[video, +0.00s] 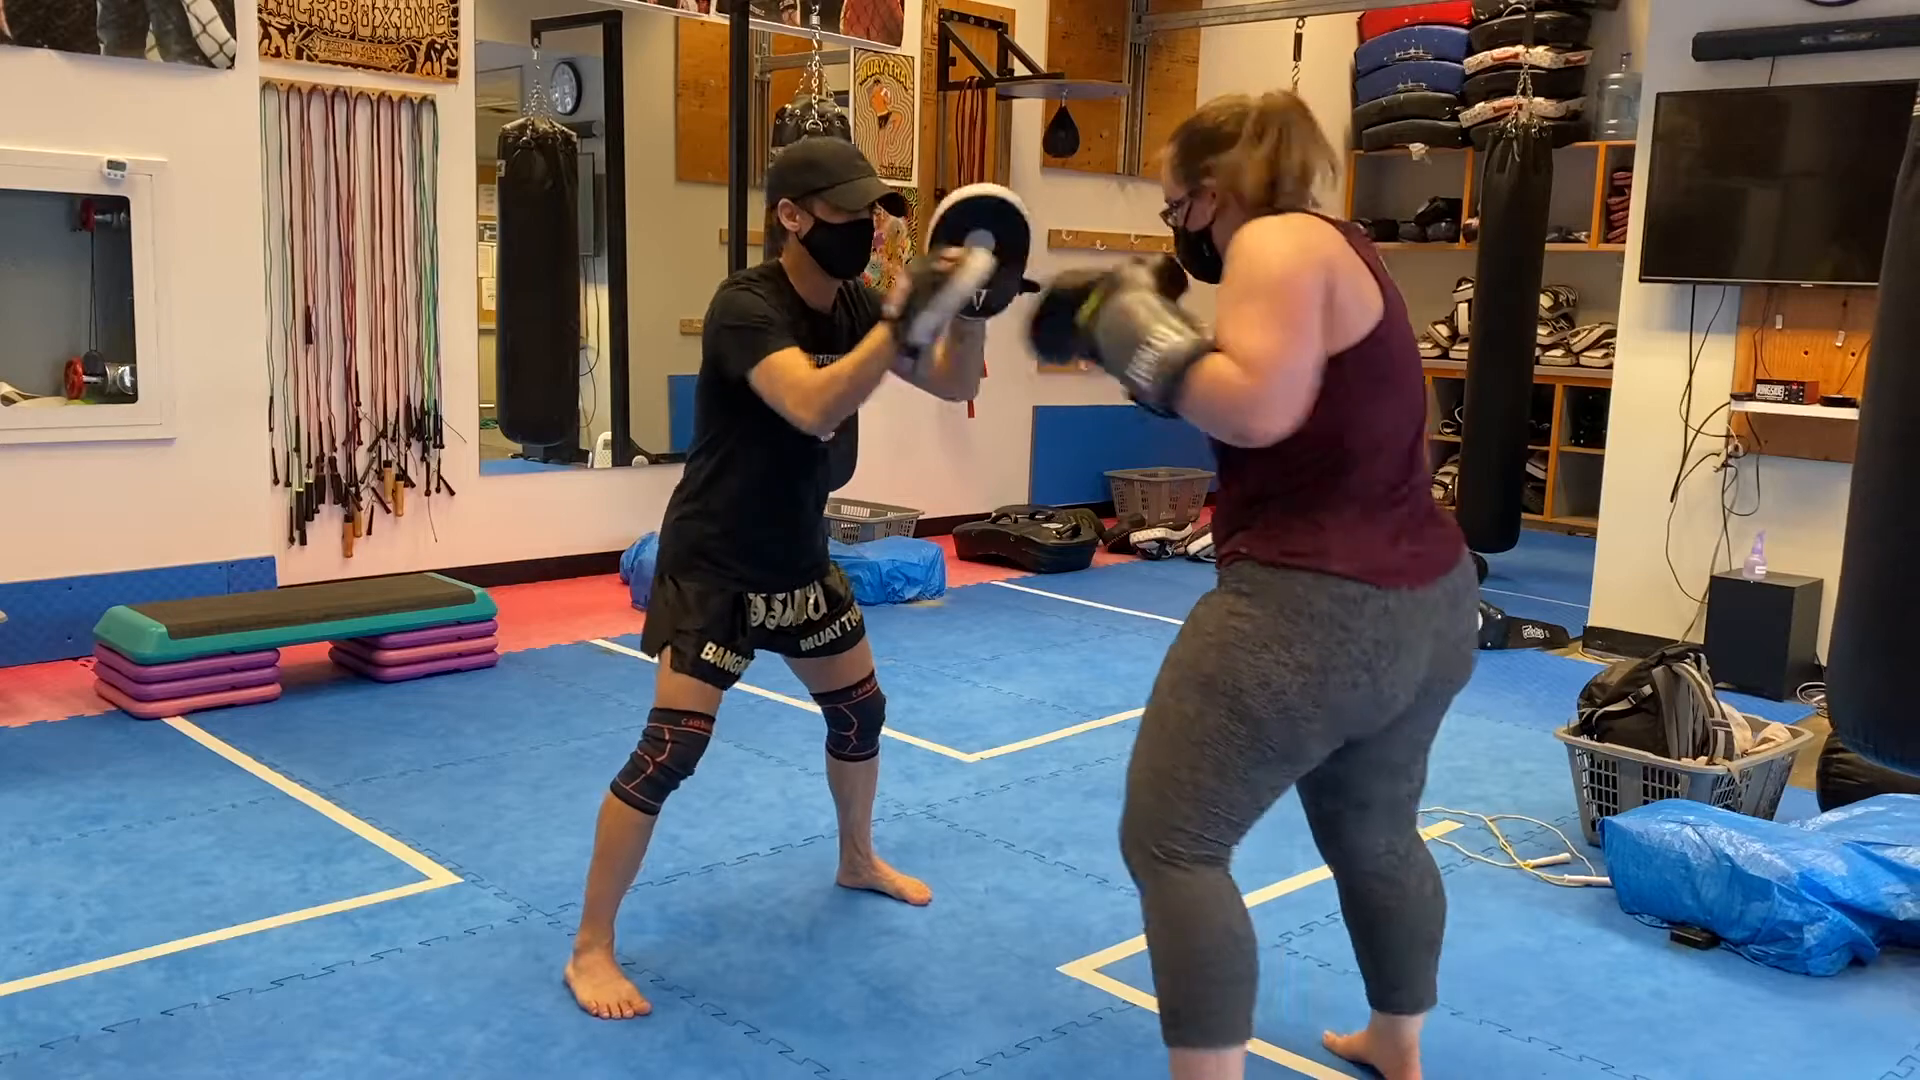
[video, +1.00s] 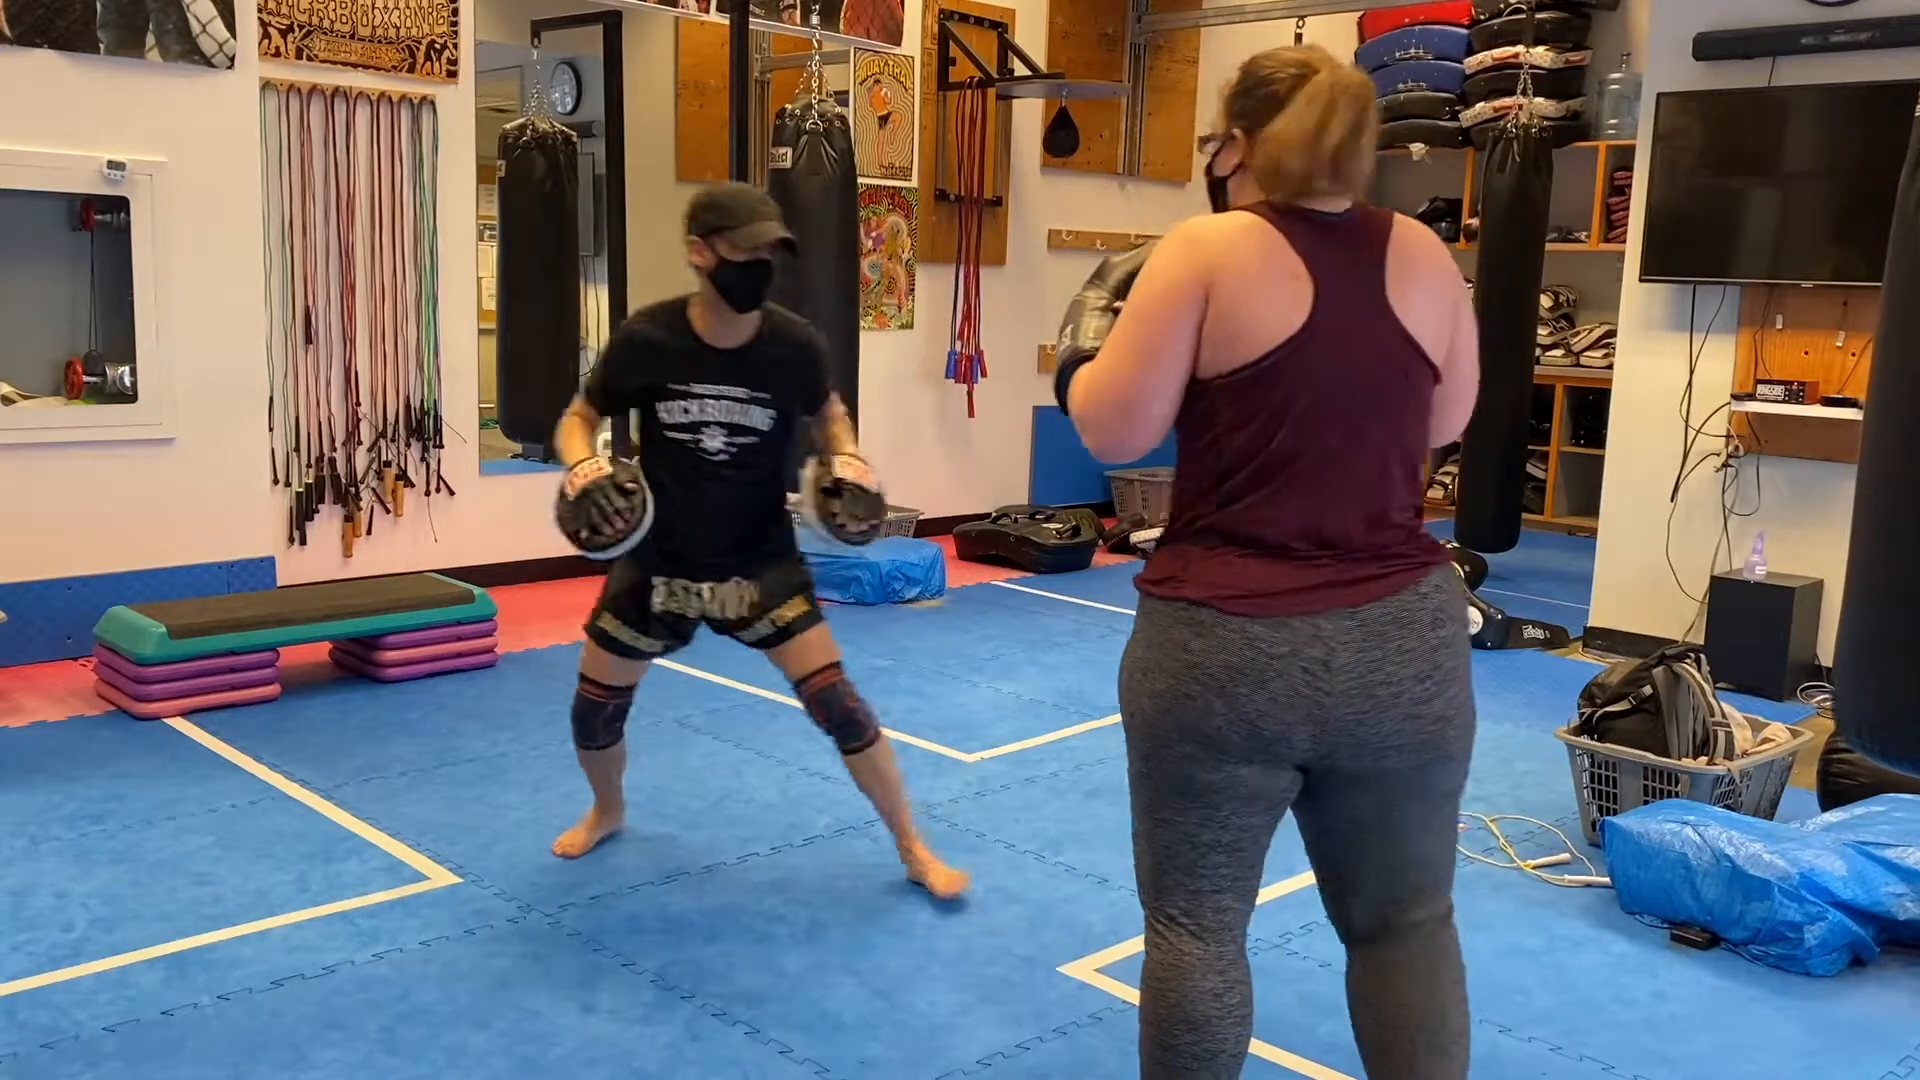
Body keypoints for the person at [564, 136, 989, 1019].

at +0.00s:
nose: (871, 228)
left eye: (873, 212)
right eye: (854, 213)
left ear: (864, 218)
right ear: (796, 215)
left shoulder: (854, 303)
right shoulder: (743, 308)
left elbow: (954, 382)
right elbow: (816, 406)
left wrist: (959, 296)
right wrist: (901, 318)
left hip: (800, 552)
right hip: (714, 555)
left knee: (859, 712)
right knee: (673, 745)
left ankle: (858, 861)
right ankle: (592, 947)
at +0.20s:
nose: (863, 240)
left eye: (869, 227)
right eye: (846, 225)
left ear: (860, 234)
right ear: (791, 222)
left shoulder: (855, 313)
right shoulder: (736, 311)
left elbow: (958, 393)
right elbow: (792, 401)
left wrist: (999, 317)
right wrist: (842, 286)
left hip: (795, 567)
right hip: (708, 570)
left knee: (881, 700)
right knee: (689, 763)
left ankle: (863, 847)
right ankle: (592, 948)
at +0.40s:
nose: (878, 256)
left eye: (879, 241)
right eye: (861, 243)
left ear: (849, 248)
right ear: (805, 245)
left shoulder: (853, 332)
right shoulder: (763, 333)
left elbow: (948, 407)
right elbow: (856, 426)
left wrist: (965, 325)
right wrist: (933, 331)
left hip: (805, 573)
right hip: (726, 582)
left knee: (917, 704)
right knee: (708, 779)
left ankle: (929, 848)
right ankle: (593, 950)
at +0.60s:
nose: (924, 296)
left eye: (933, 280)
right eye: (907, 282)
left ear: (944, 271)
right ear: (860, 274)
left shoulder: (933, 364)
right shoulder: (803, 346)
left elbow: (1017, 452)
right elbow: (716, 452)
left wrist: (1005, 372)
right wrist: (803, 482)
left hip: (856, 567)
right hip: (759, 563)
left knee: (948, 709)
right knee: (709, 728)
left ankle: (936, 854)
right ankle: (612, 916)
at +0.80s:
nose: (887, 288)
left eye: (893, 273)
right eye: (869, 276)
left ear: (900, 273)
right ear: (818, 278)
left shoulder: (907, 369)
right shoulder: (756, 359)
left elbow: (957, 445)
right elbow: (687, 419)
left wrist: (958, 469)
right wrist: (686, 473)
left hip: (847, 577)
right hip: (749, 579)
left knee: (936, 709)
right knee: (666, 733)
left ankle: (936, 855)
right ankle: (599, 818)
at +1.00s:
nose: (763, 266)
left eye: (771, 253)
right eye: (747, 253)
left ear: (778, 253)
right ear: (701, 251)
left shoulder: (794, 346)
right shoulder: (645, 340)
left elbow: (831, 420)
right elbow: (577, 419)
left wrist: (846, 463)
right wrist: (583, 467)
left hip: (760, 560)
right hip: (658, 558)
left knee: (837, 706)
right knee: (593, 714)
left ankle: (912, 846)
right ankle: (608, 811)